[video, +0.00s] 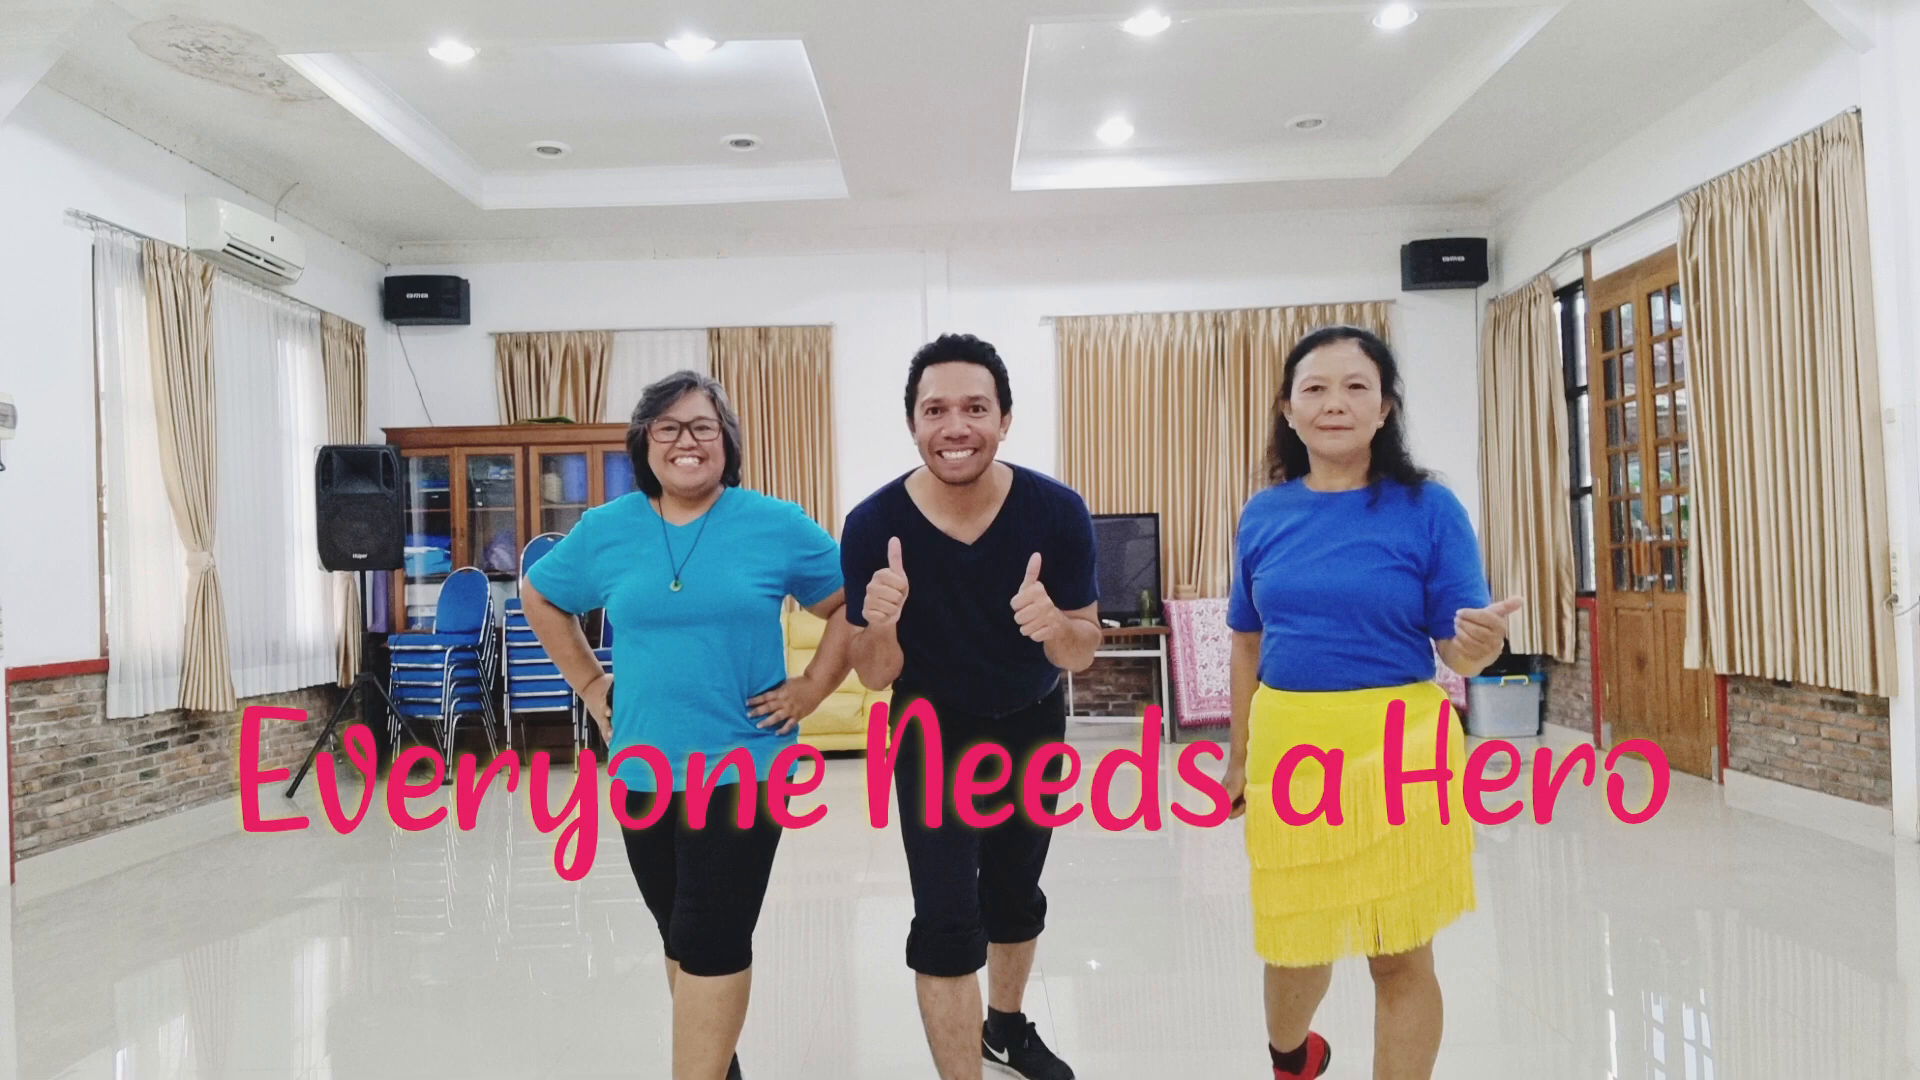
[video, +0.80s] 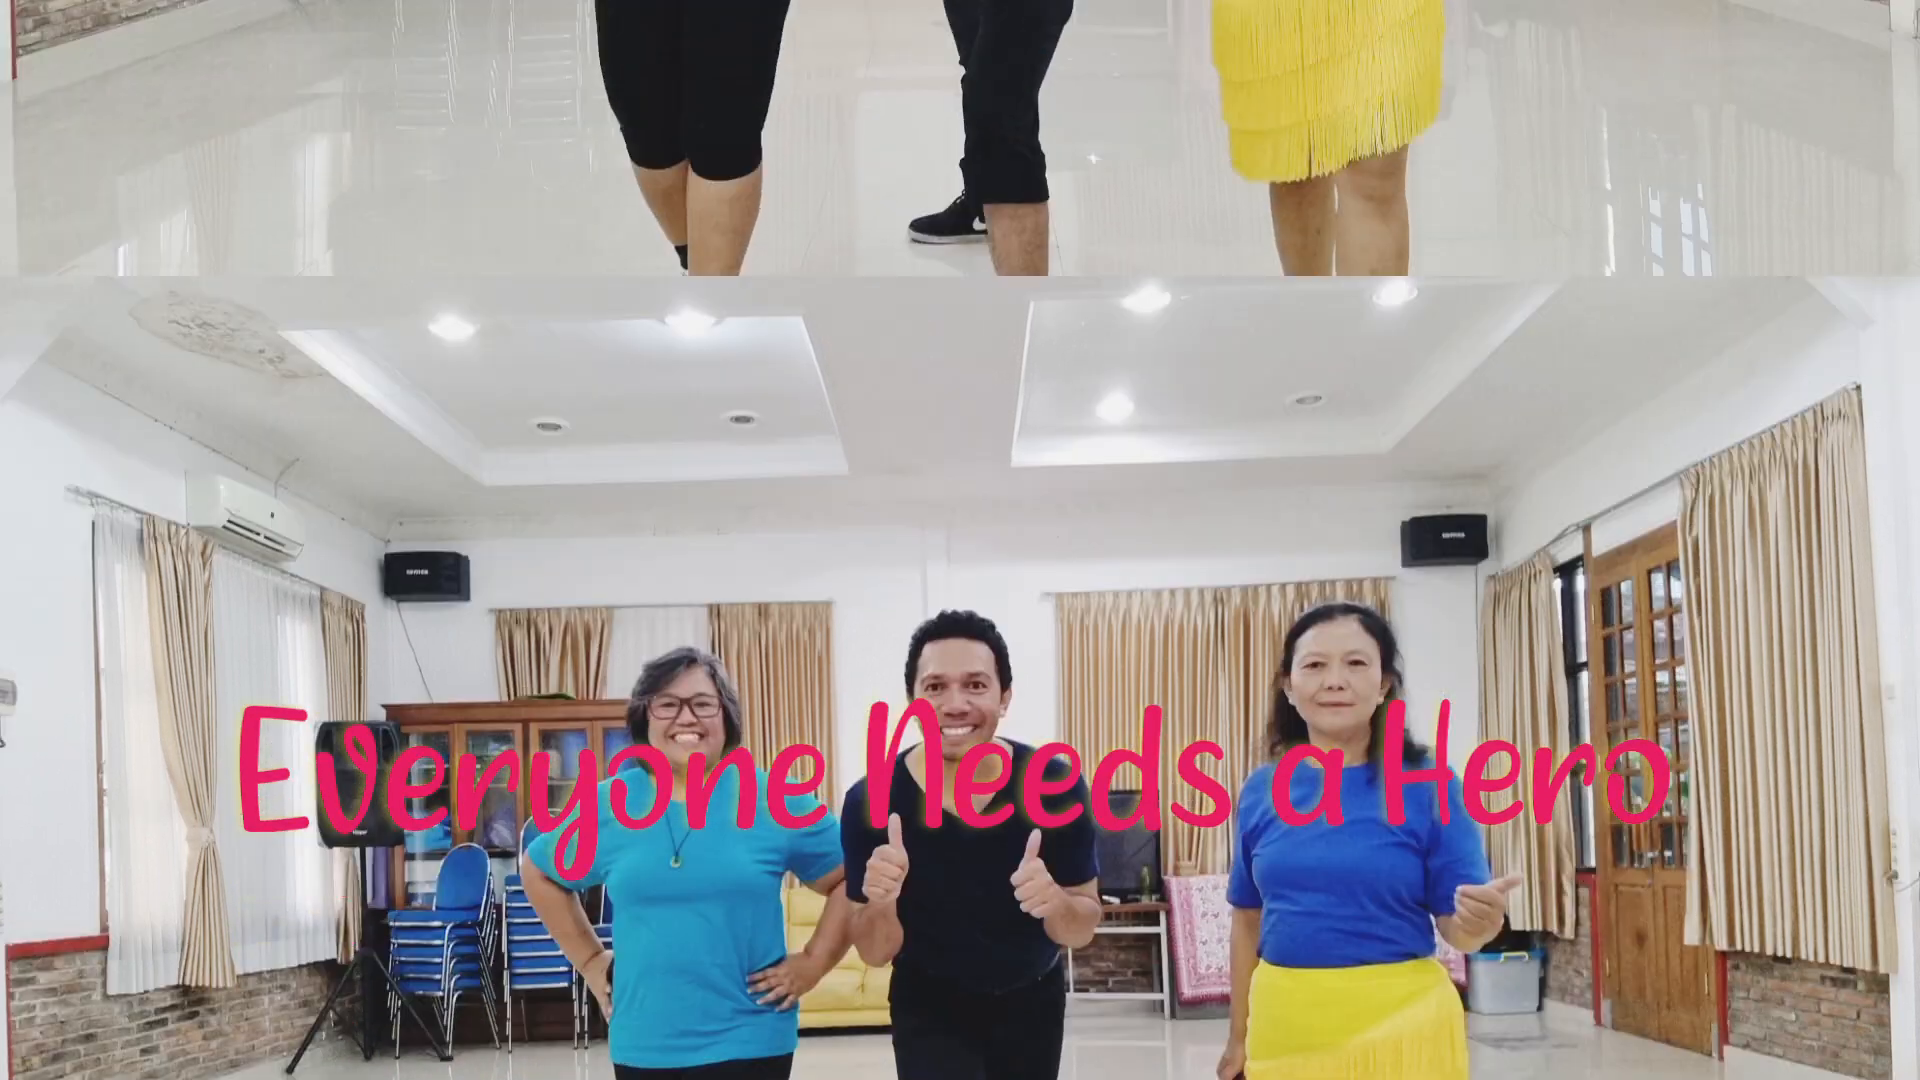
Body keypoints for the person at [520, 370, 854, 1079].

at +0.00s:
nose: (687, 440)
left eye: (702, 428)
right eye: (670, 428)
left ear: (727, 443)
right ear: (645, 446)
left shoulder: (778, 527)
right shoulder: (605, 530)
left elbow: (853, 605)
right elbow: (538, 594)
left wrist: (812, 686)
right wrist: (590, 683)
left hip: (746, 773)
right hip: (643, 775)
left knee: (708, 946)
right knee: (683, 944)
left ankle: (696, 1079)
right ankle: (722, 1070)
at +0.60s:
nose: (687, 476)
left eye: (703, 463)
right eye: (670, 464)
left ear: (727, 478)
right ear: (645, 482)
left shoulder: (778, 560)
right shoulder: (607, 564)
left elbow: (853, 642)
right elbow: (538, 630)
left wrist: (811, 721)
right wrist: (592, 718)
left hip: (743, 811)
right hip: (643, 813)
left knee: (706, 982)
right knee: (685, 982)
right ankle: (706, 1076)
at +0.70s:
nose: (688, 556)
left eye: (703, 543)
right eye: (670, 544)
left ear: (727, 557)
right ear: (645, 561)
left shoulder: (778, 642)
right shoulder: (606, 646)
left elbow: (850, 719)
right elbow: (539, 706)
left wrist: (813, 804)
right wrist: (589, 795)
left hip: (745, 890)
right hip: (642, 895)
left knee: (703, 1061)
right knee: (688, 1062)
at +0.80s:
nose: (687, 716)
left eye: (703, 704)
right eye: (669, 704)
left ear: (727, 716)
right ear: (645, 716)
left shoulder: (769, 801)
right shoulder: (614, 803)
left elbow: (853, 875)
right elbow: (539, 869)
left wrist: (815, 960)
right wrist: (592, 961)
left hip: (748, 1044)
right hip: (644, 1046)